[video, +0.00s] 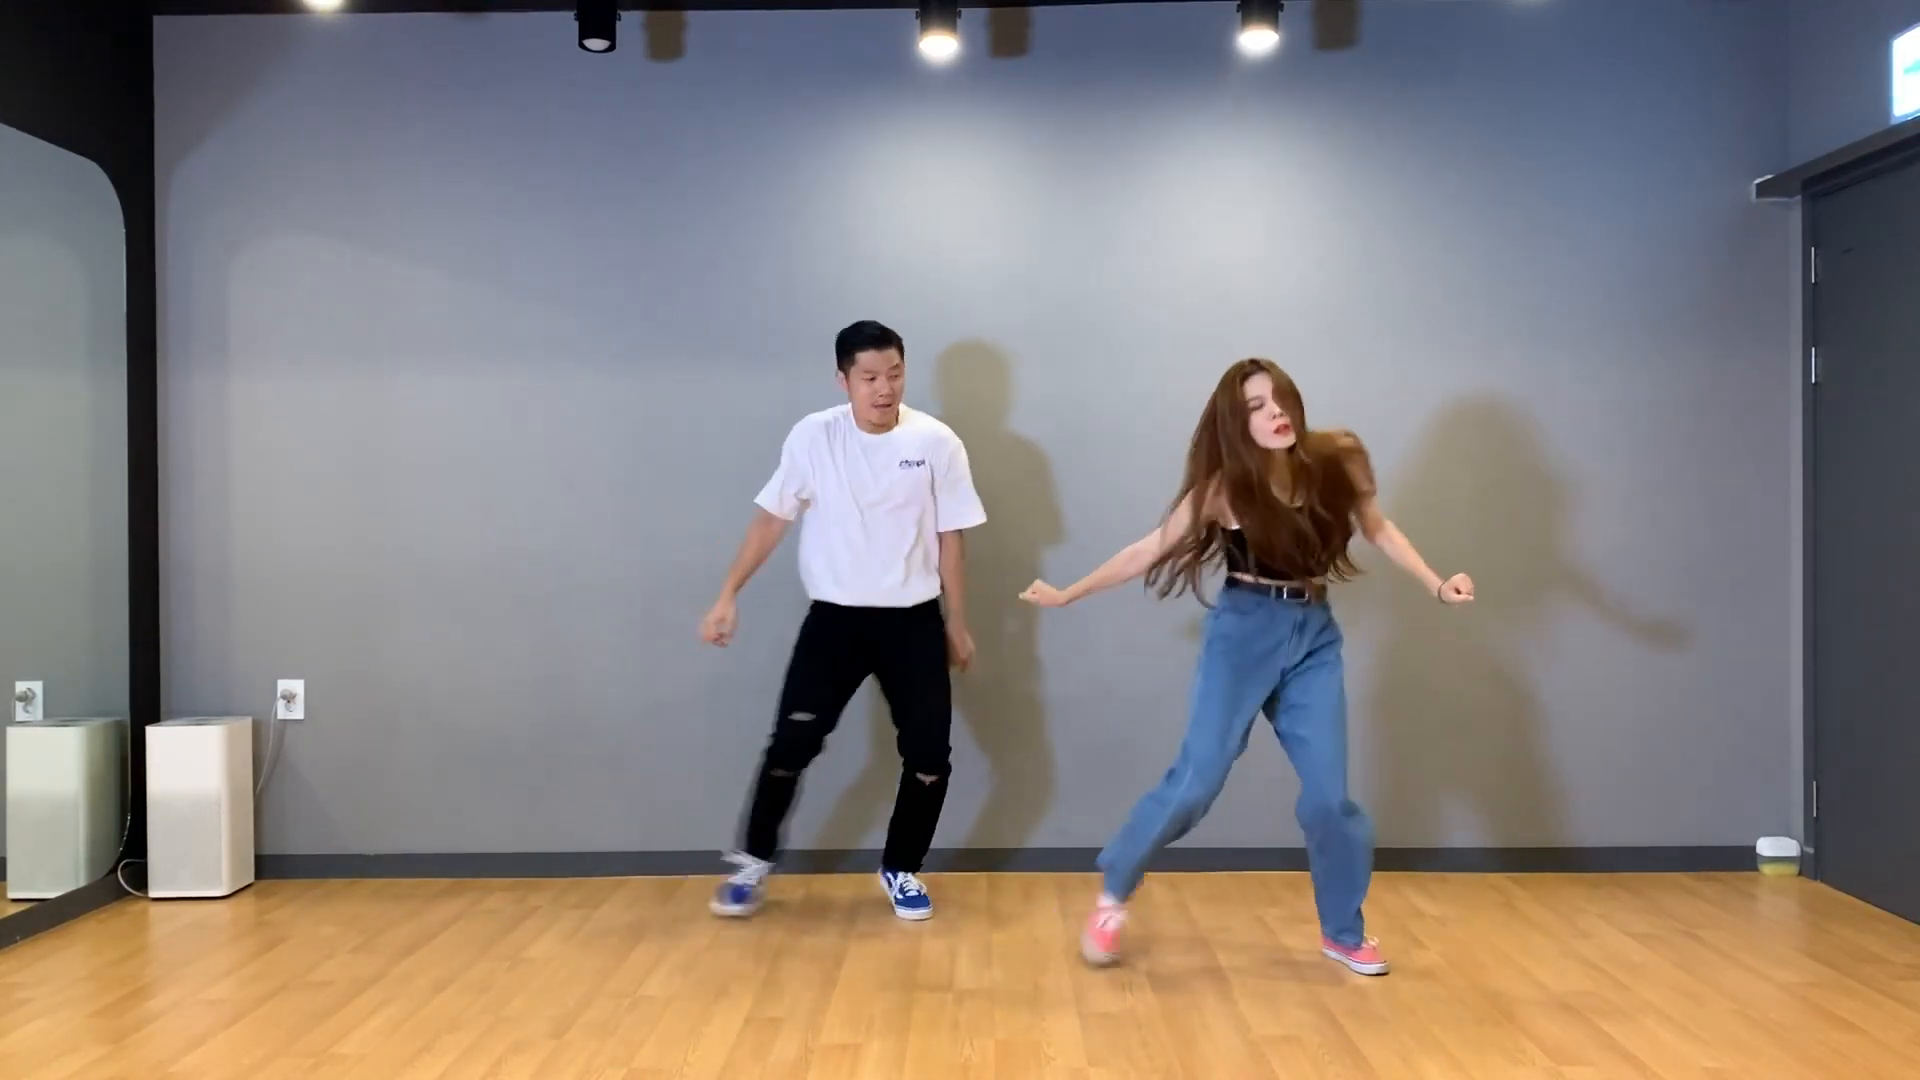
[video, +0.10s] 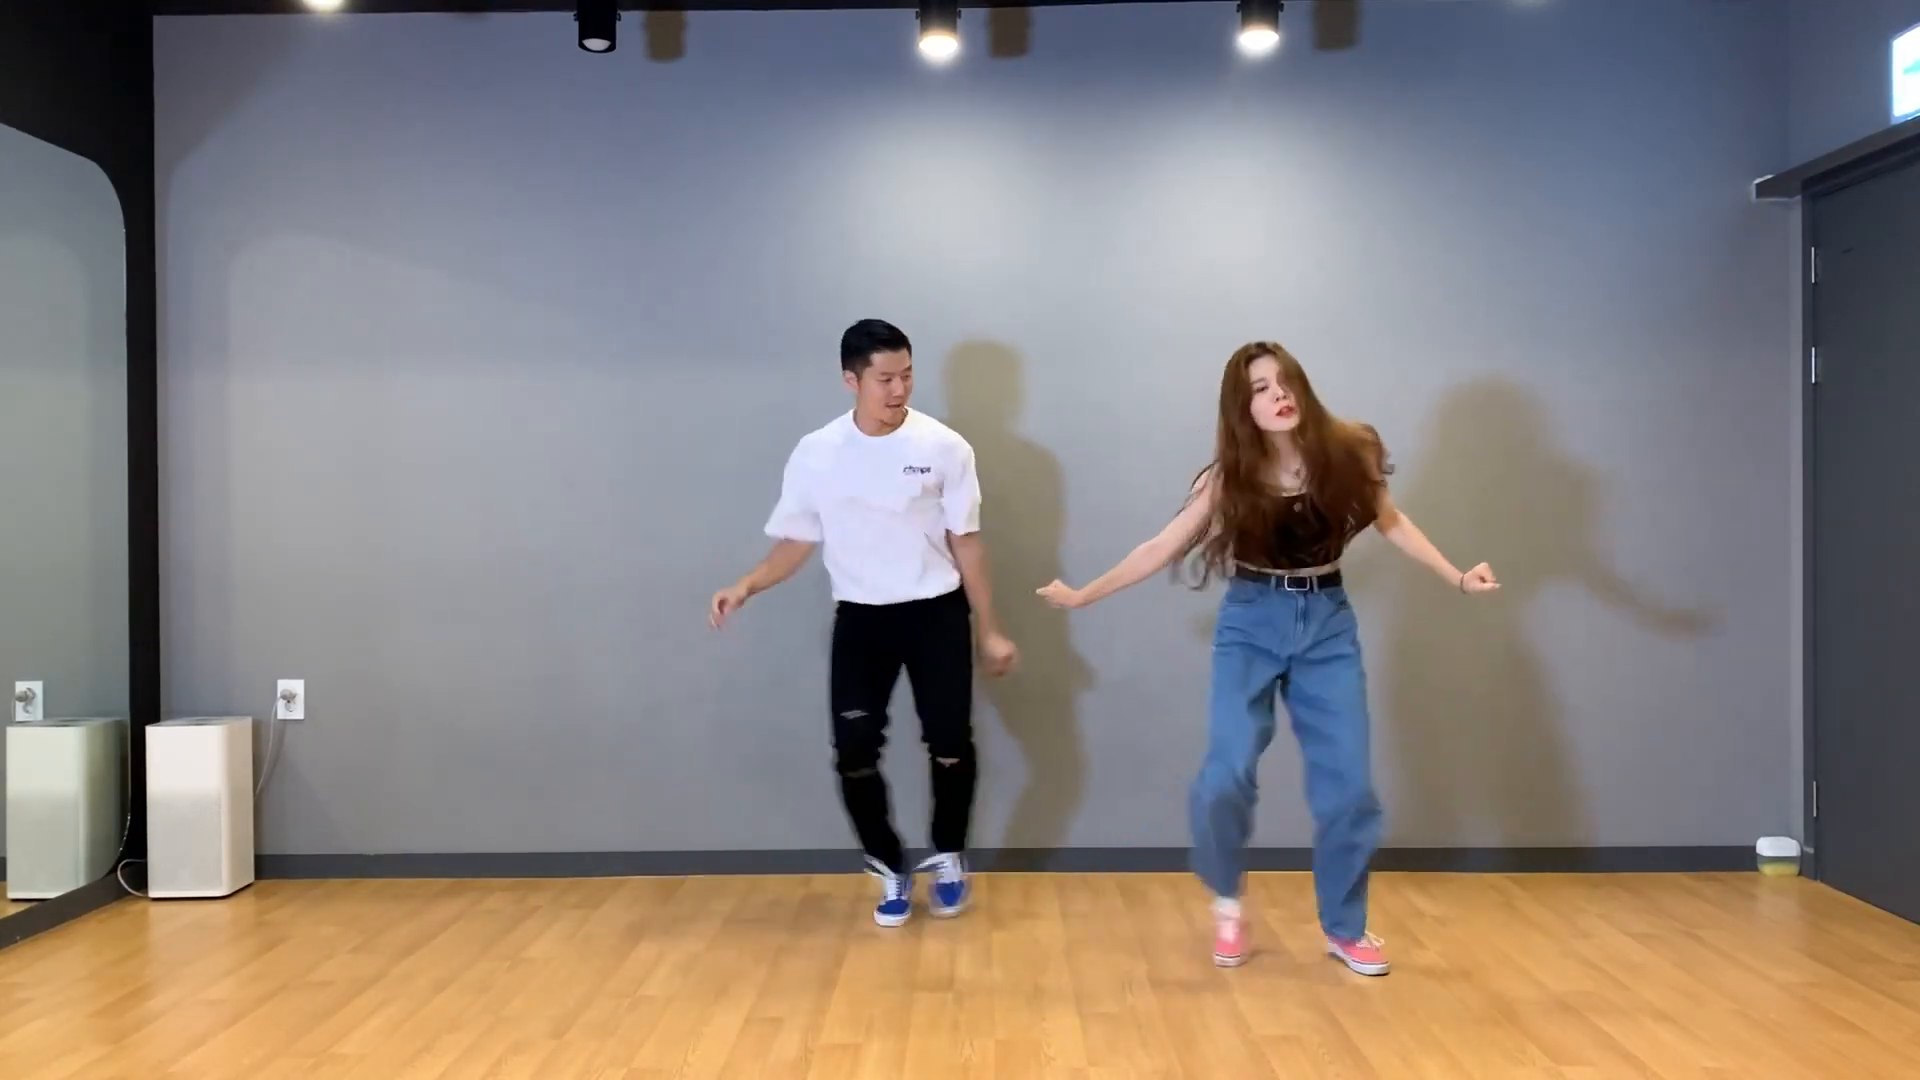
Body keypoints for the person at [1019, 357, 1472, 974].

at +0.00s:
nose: (1277, 412)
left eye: (1281, 399)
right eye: (1258, 406)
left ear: (1295, 403)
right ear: (1236, 423)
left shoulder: (1336, 460)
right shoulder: (1224, 487)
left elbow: (1378, 529)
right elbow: (1149, 551)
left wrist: (1437, 582)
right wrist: (1066, 595)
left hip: (1311, 632)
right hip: (1243, 629)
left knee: (1329, 796)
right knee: (1198, 784)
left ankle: (1343, 933)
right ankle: (1113, 891)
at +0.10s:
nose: (1278, 395)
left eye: (1284, 382)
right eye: (1261, 389)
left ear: (1301, 387)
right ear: (1243, 408)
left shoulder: (1344, 453)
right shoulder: (1231, 476)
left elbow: (1392, 523)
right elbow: (1162, 548)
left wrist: (1456, 576)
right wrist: (1084, 595)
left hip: (1327, 621)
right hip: (1250, 620)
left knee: (1349, 783)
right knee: (1228, 772)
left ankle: (1345, 928)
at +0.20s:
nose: (1279, 391)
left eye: (1287, 378)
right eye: (1263, 384)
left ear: (1306, 386)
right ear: (1245, 399)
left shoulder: (1346, 449)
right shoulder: (1228, 470)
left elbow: (1402, 524)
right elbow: (1178, 547)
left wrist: (1473, 573)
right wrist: (1102, 591)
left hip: (1345, 624)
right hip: (1265, 630)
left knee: (1411, 773)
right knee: (1259, 791)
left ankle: (1402, 903)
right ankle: (1263, 916)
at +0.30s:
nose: (1281, 404)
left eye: (1290, 392)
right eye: (1266, 396)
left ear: (1309, 401)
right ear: (1247, 410)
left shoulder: (1351, 468)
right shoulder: (1234, 485)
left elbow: (1420, 550)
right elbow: (1193, 570)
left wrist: (1497, 587)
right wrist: (1117, 588)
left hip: (1361, 639)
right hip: (1283, 647)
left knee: (1420, 794)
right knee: (1247, 795)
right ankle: (1266, 921)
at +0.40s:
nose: (1277, 417)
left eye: (1289, 409)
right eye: (1264, 409)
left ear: (1306, 428)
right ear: (1246, 431)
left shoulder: (1339, 494)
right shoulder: (1233, 499)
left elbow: (1422, 549)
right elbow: (1172, 558)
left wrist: (1510, 584)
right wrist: (1109, 574)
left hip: (1359, 661)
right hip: (1287, 669)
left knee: (1434, 807)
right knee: (1236, 815)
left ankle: (1510, 923)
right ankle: (1265, 933)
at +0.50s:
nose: (1250, 384)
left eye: (1263, 374)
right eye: (1238, 376)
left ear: (1288, 387)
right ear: (1224, 393)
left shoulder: (1323, 456)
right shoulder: (1210, 464)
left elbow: (1397, 529)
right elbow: (1156, 536)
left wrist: (1476, 583)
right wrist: (1093, 563)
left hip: (1320, 634)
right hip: (1251, 637)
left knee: (1374, 795)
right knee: (1229, 799)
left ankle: (1483, 903)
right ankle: (1265, 930)